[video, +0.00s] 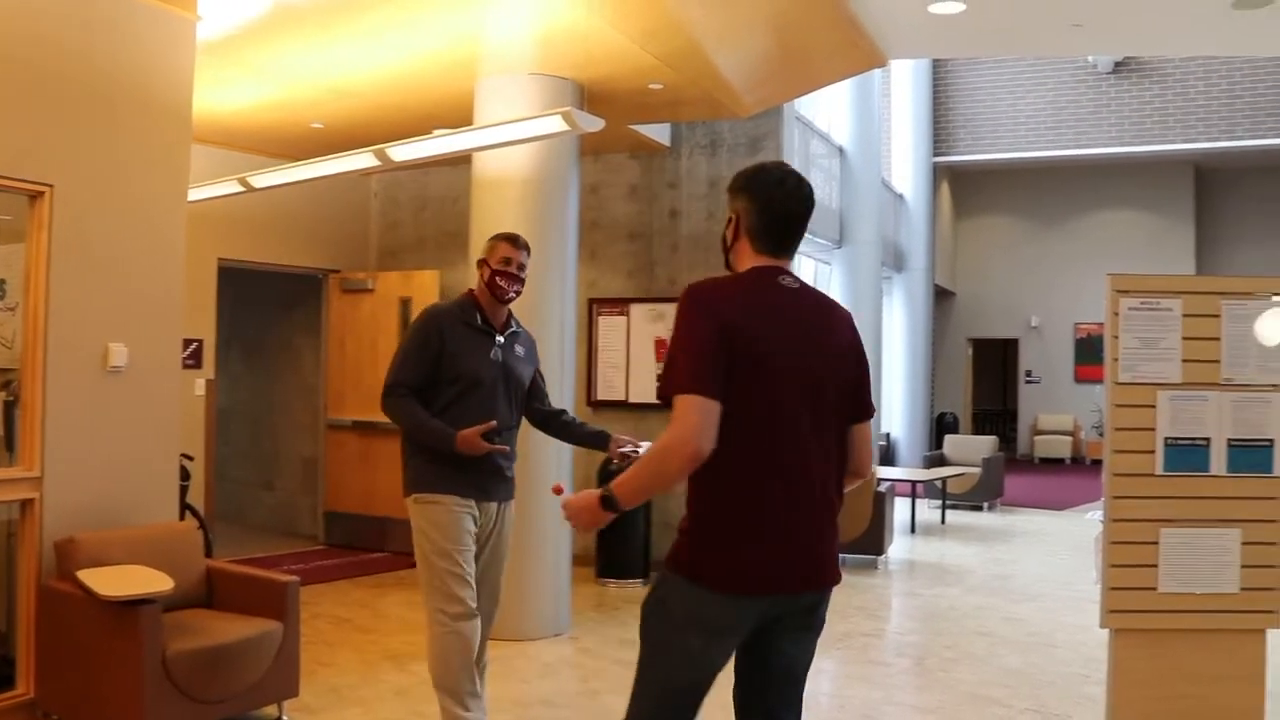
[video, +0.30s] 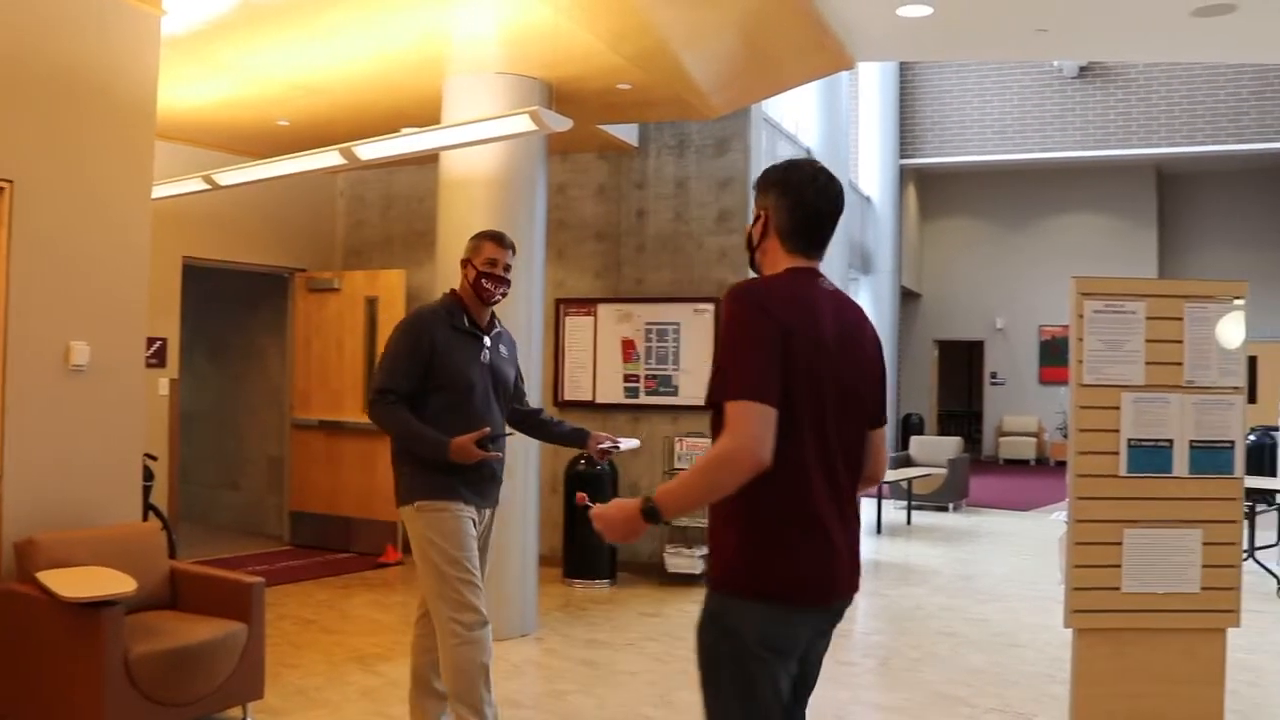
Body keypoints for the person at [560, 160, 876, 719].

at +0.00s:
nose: (724, 228)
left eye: (728, 216)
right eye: (728, 216)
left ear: (736, 224)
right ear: (797, 233)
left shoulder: (712, 300)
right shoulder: (837, 321)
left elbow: (692, 439)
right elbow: (858, 466)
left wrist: (605, 502)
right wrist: (795, 494)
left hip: (716, 567)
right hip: (806, 571)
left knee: (655, 714)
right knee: (774, 715)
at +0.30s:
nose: (749, 228)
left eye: (753, 214)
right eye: (755, 214)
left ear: (764, 222)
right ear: (824, 232)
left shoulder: (754, 301)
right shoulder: (857, 323)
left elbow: (748, 448)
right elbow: (872, 465)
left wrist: (644, 510)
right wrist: (790, 480)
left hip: (758, 581)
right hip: (828, 579)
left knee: (742, 710)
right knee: (783, 711)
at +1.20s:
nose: (817, 222)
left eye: (826, 206)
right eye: (819, 207)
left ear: (864, 208)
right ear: (867, 209)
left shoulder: (914, 302)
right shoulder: (893, 300)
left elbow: (955, 473)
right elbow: (896, 451)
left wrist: (833, 559)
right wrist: (810, 467)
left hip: (882, 605)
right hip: (852, 597)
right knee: (829, 709)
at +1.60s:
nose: (866, 221)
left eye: (872, 207)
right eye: (868, 207)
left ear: (901, 216)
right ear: (915, 218)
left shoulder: (944, 306)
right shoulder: (931, 302)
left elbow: (978, 469)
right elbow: (917, 449)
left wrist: (859, 542)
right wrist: (824, 455)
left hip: (906, 584)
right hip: (908, 580)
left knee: (875, 708)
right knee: (906, 709)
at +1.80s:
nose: (888, 232)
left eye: (895, 219)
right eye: (890, 219)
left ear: (925, 228)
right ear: (936, 231)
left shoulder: (966, 314)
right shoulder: (954, 310)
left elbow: (994, 469)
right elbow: (943, 452)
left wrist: (877, 533)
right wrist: (853, 465)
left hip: (926, 583)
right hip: (933, 580)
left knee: (878, 710)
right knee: (941, 712)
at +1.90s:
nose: (897, 237)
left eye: (904, 223)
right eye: (899, 224)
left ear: (933, 232)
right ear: (942, 234)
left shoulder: (973, 317)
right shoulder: (959, 313)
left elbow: (1003, 468)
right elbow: (948, 456)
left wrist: (892, 531)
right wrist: (859, 468)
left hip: (936, 578)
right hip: (938, 574)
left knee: (887, 710)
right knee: (944, 711)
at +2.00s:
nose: (900, 234)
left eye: (907, 221)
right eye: (902, 222)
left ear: (937, 230)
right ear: (943, 232)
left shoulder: (978, 312)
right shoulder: (962, 310)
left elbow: (1012, 458)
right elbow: (951, 450)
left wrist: (904, 526)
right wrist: (861, 468)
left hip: (943, 572)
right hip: (942, 566)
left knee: (890, 711)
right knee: (945, 712)